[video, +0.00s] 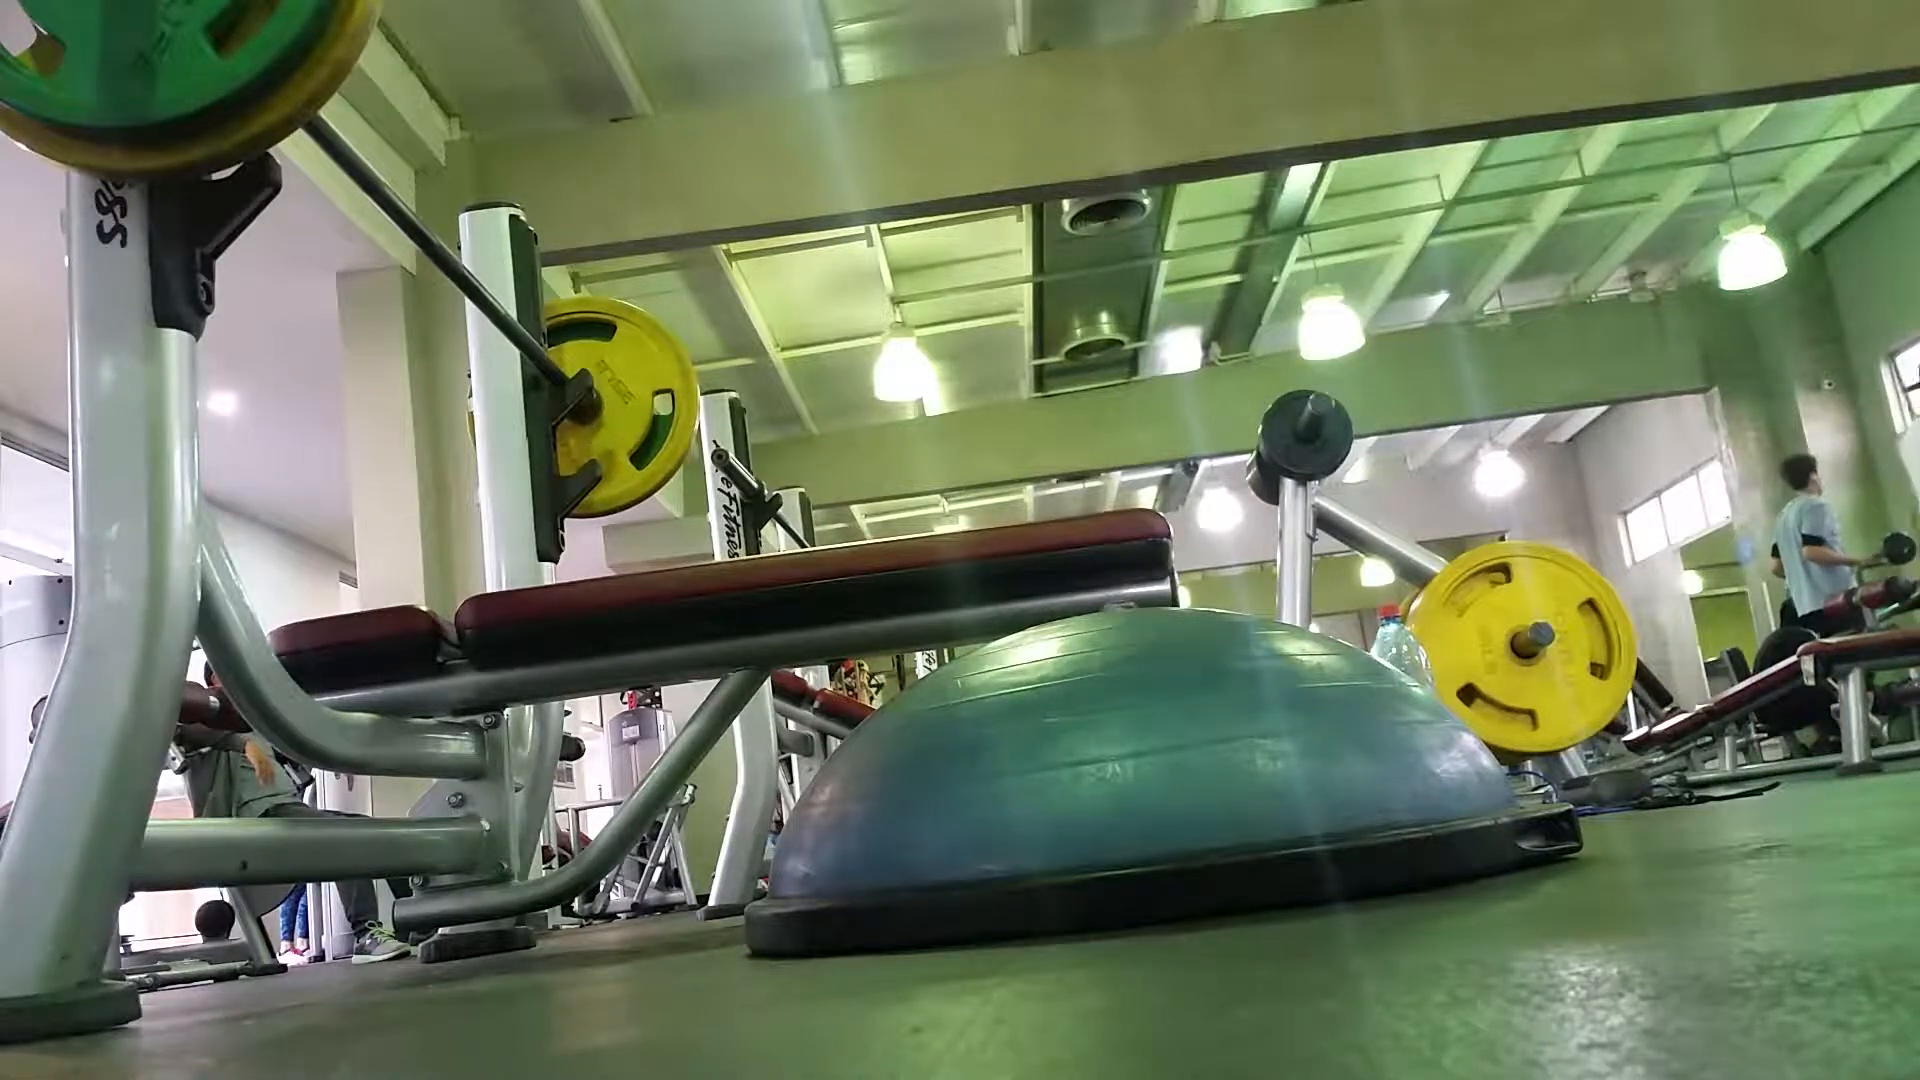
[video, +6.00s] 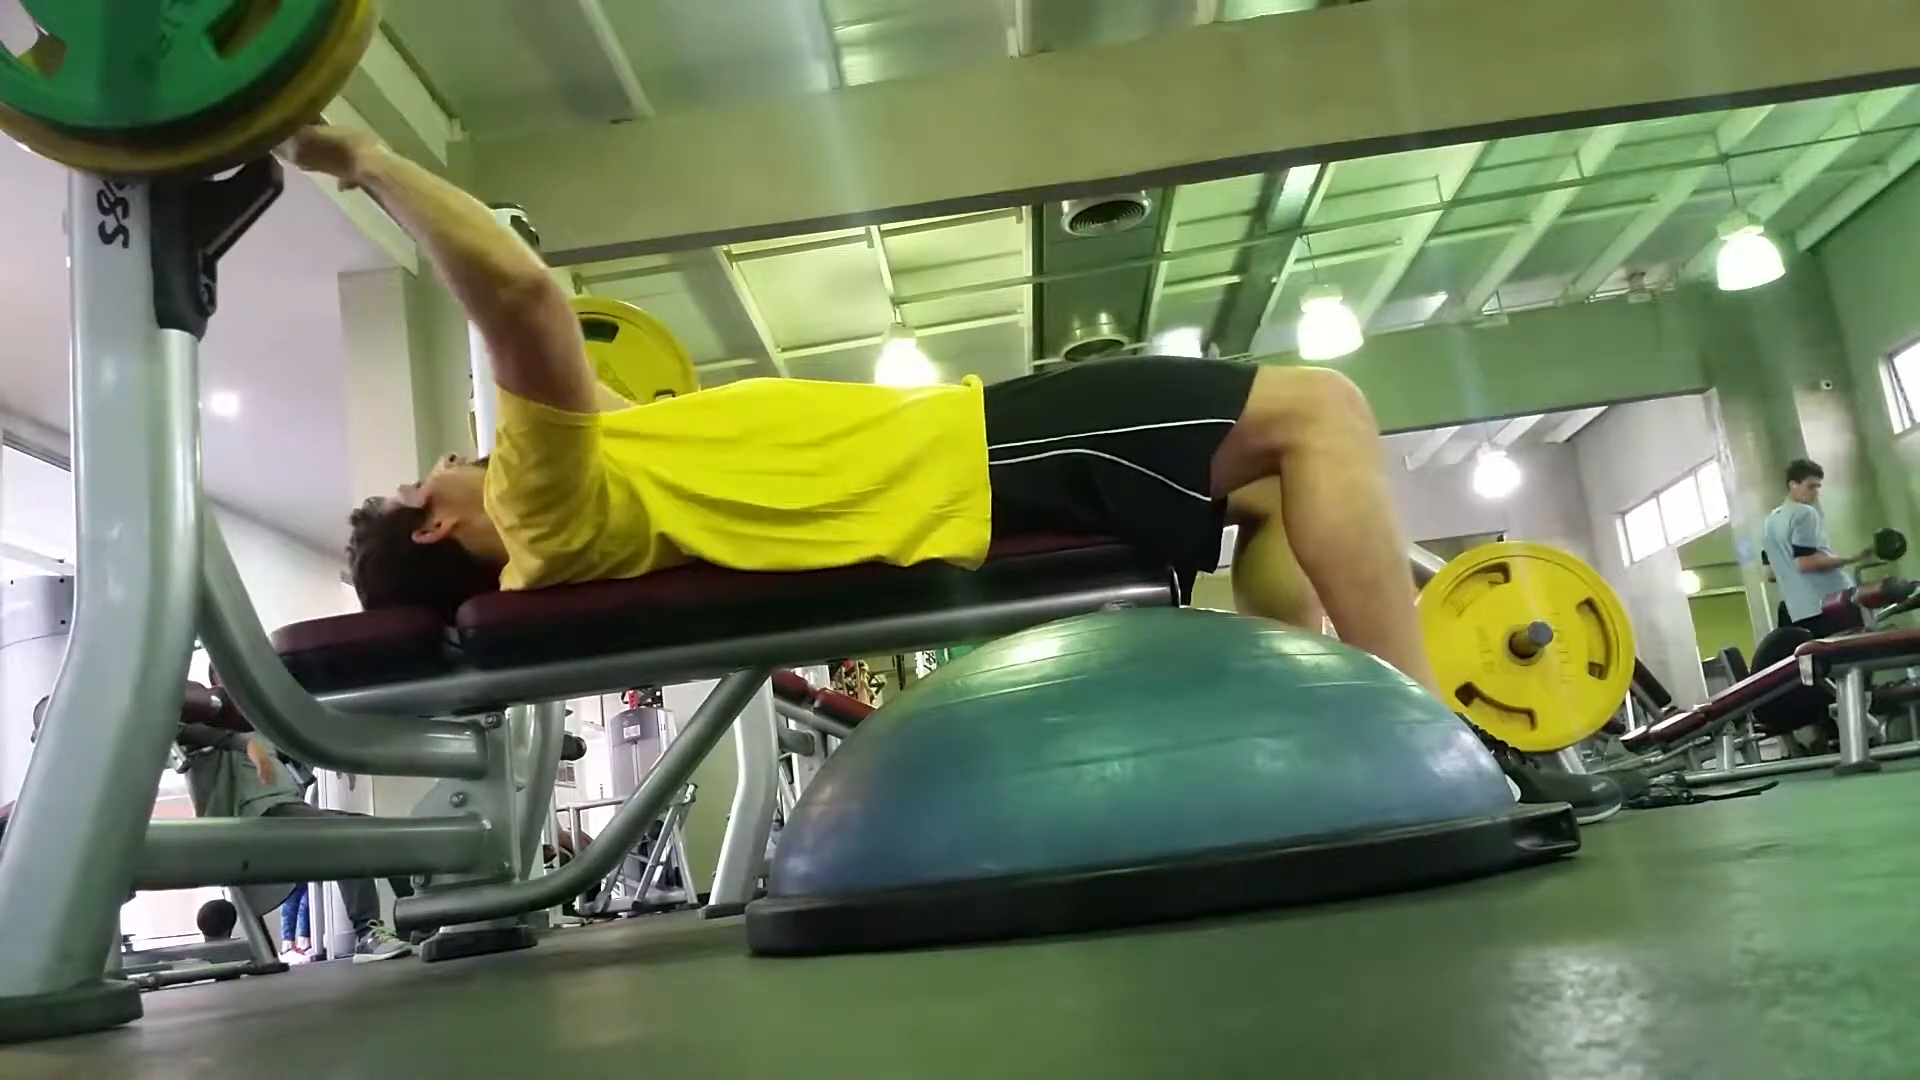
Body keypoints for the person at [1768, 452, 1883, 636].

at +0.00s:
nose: (1821, 479)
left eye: (1818, 473)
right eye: (1817, 473)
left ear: (1791, 481)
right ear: (1812, 477)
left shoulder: (1784, 515)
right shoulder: (1815, 505)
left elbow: (1777, 567)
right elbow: (1812, 551)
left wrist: (1806, 575)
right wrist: (1857, 561)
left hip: (1806, 611)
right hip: (1835, 605)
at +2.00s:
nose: (1810, 478)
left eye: (1808, 473)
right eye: (1806, 474)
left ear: (1780, 485)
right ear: (1798, 479)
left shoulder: (1773, 519)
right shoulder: (1807, 511)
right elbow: (1838, 552)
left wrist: (1822, 505)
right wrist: (1832, 508)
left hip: (1805, 608)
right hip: (1833, 601)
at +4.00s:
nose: (1822, 485)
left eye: (1821, 480)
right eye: (1821, 480)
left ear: (1795, 484)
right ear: (1814, 483)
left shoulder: (1781, 518)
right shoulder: (1813, 515)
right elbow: (1840, 555)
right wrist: (1854, 525)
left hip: (1810, 606)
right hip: (1837, 604)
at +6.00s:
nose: (1816, 492)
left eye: (1818, 486)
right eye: (1811, 486)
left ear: (1793, 485)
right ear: (1793, 485)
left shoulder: (1771, 520)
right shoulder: (1805, 513)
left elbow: (1770, 572)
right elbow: (1806, 562)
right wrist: (1851, 558)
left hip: (1802, 616)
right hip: (1832, 609)